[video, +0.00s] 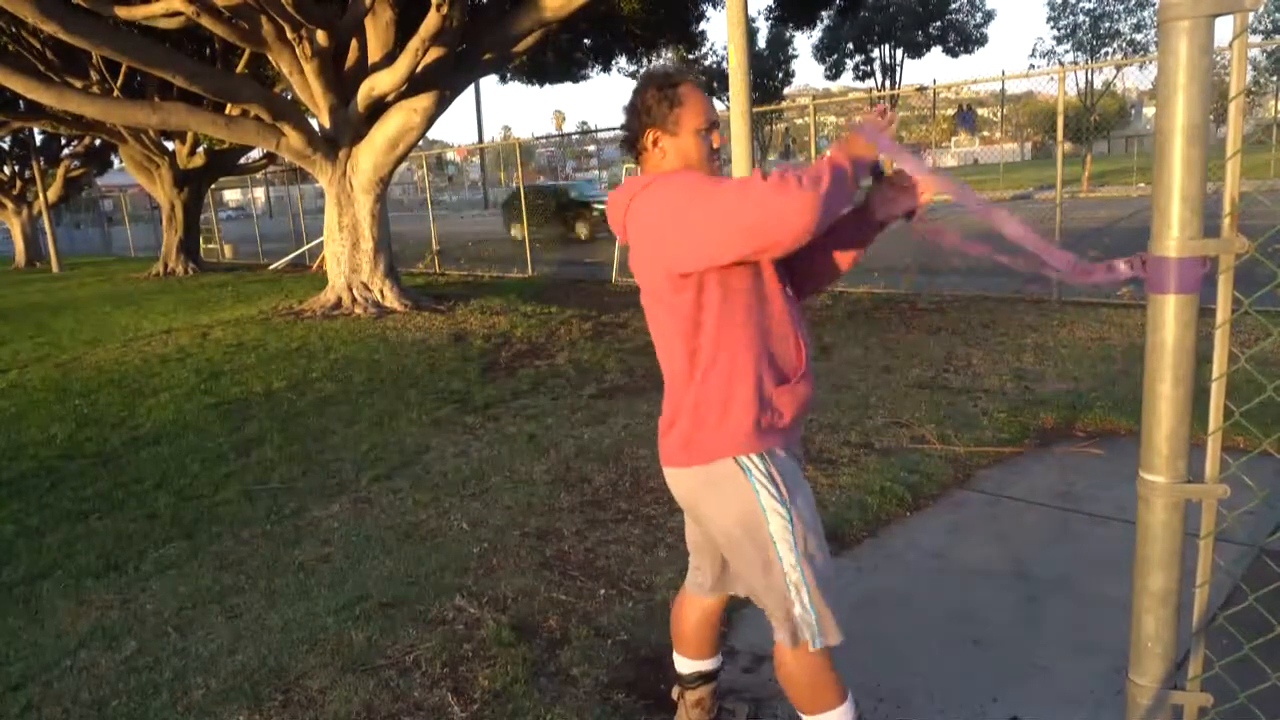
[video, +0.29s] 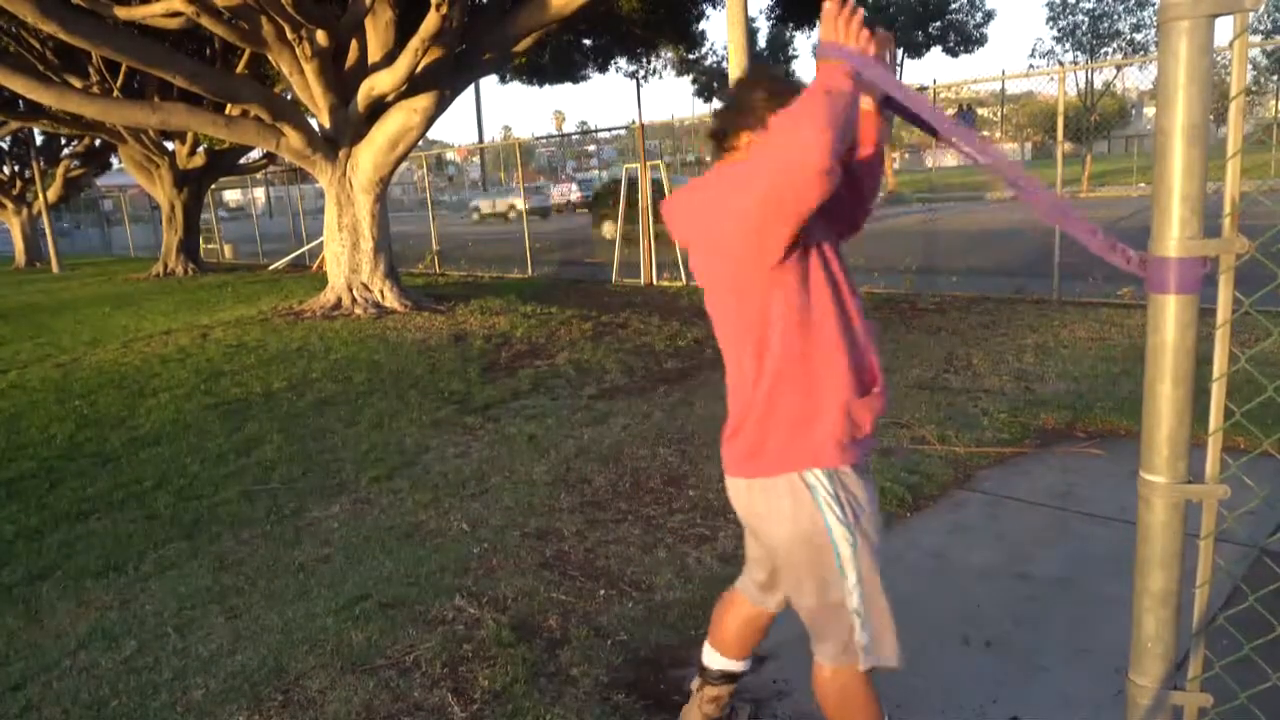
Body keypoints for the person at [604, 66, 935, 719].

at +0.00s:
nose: (718, 143)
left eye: (716, 130)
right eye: (706, 131)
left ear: (662, 140)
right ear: (659, 140)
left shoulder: (685, 204)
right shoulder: (664, 206)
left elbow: (792, 278)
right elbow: (789, 217)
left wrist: (870, 215)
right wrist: (845, 156)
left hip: (711, 438)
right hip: (733, 442)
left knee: (708, 581)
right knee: (799, 617)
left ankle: (694, 705)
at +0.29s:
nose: (806, 147)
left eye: (805, 132)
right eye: (799, 130)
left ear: (748, 134)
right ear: (763, 131)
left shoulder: (767, 204)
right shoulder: (724, 205)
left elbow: (849, 201)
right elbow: (805, 160)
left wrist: (869, 102)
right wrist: (836, 68)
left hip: (779, 452)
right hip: (796, 461)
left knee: (761, 589)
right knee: (843, 646)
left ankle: (707, 700)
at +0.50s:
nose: (905, 150)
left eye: (907, 133)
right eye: (897, 132)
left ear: (856, 129)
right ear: (847, 123)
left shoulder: (862, 207)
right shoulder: (800, 202)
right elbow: (720, 209)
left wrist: (829, 79)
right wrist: (786, 80)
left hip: (865, 457)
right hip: (825, 468)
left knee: (836, 592)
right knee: (863, 656)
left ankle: (754, 693)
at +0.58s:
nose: (922, 151)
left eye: (922, 135)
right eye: (911, 137)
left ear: (874, 127)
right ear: (856, 129)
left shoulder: (883, 202)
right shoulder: (823, 207)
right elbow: (731, 277)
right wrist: (775, 124)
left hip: (879, 459)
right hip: (837, 472)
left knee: (849, 602)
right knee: (864, 650)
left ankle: (792, 698)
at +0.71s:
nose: (934, 133)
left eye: (934, 115)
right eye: (920, 118)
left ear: (874, 121)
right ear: (860, 121)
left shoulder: (894, 191)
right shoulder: (846, 202)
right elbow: (764, 332)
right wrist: (784, 185)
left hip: (892, 462)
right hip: (857, 472)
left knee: (877, 639)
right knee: (873, 658)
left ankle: (878, 707)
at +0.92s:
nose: (967, 111)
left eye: (964, 97)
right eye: (955, 98)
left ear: (907, 109)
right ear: (901, 109)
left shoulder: (938, 193)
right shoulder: (887, 198)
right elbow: (807, 331)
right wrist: (824, 192)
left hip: (946, 461)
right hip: (897, 471)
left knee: (973, 621)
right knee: (903, 655)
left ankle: (976, 711)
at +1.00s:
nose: (990, 108)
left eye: (987, 94)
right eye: (979, 95)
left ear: (936, 106)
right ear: (930, 107)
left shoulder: (958, 192)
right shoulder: (908, 191)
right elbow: (828, 327)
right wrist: (835, 199)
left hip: (968, 460)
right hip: (917, 471)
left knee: (1010, 603)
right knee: (911, 654)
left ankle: (1009, 710)